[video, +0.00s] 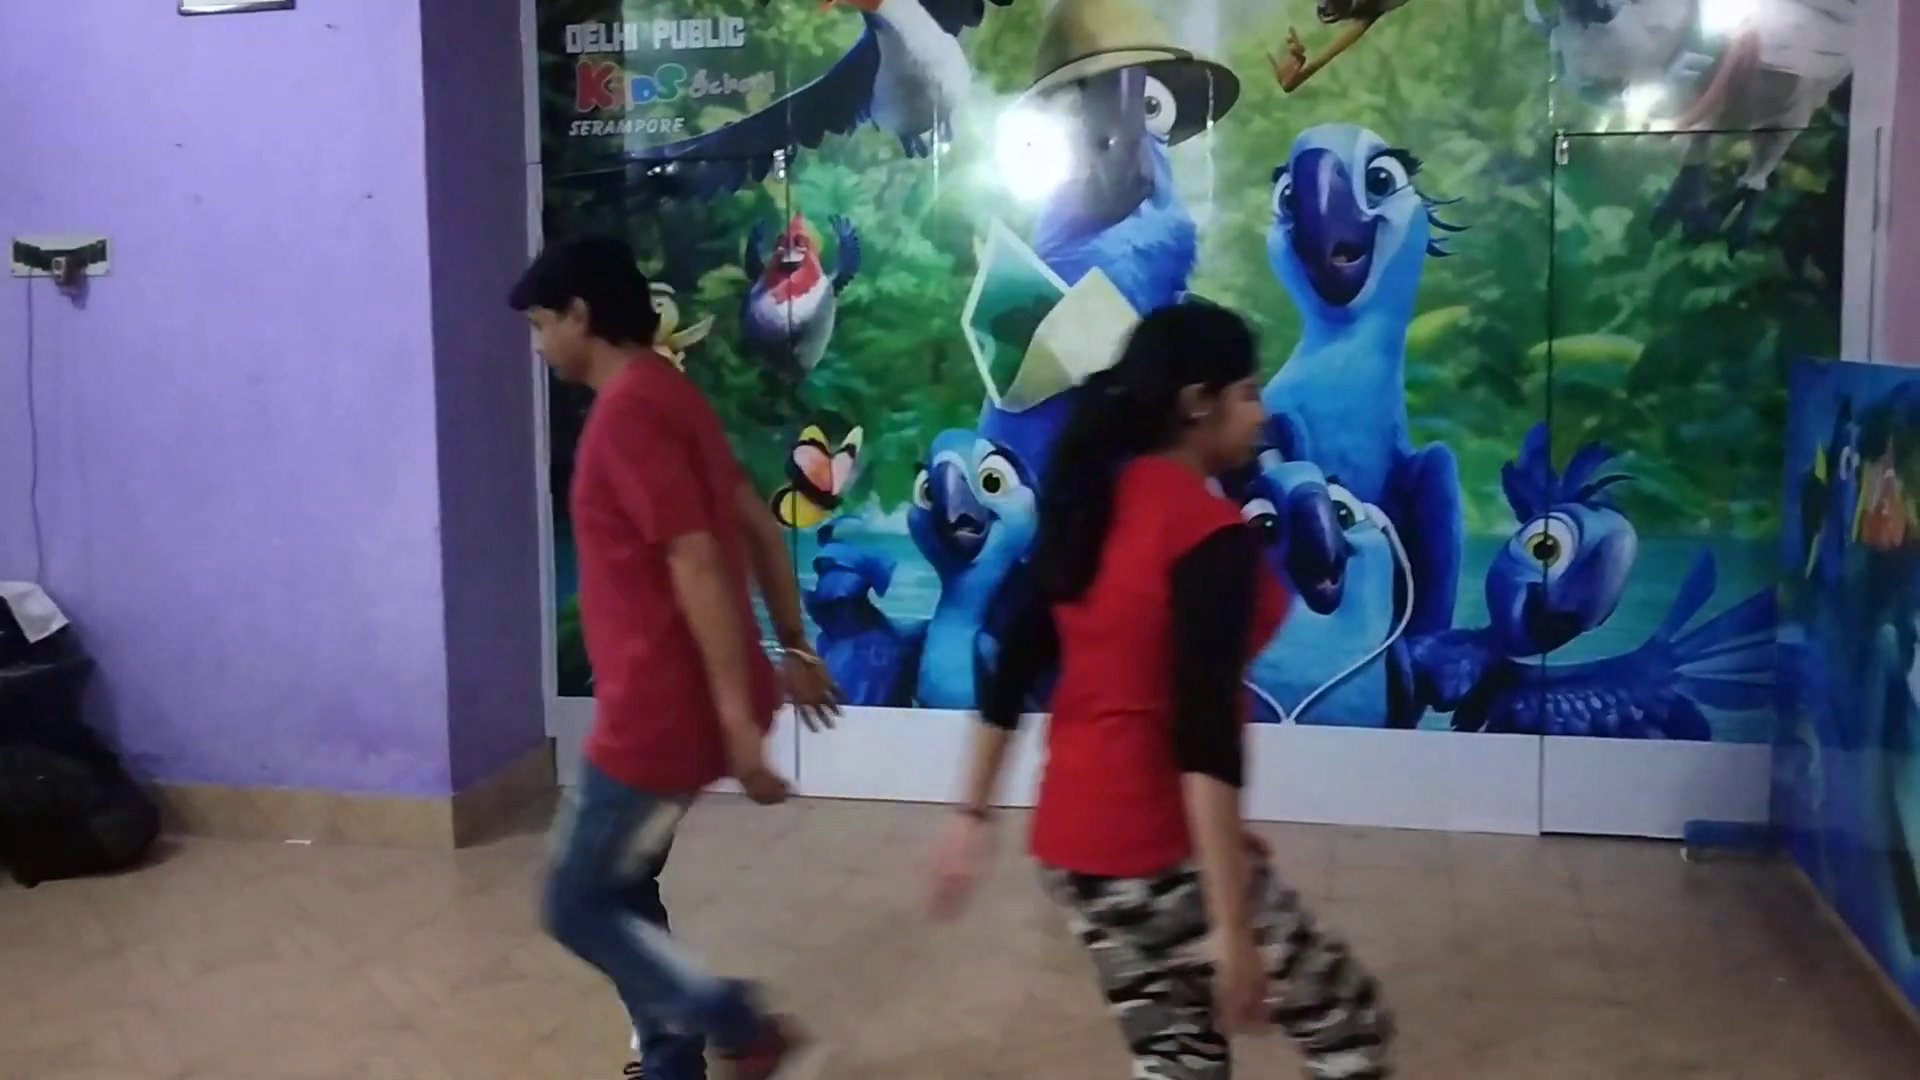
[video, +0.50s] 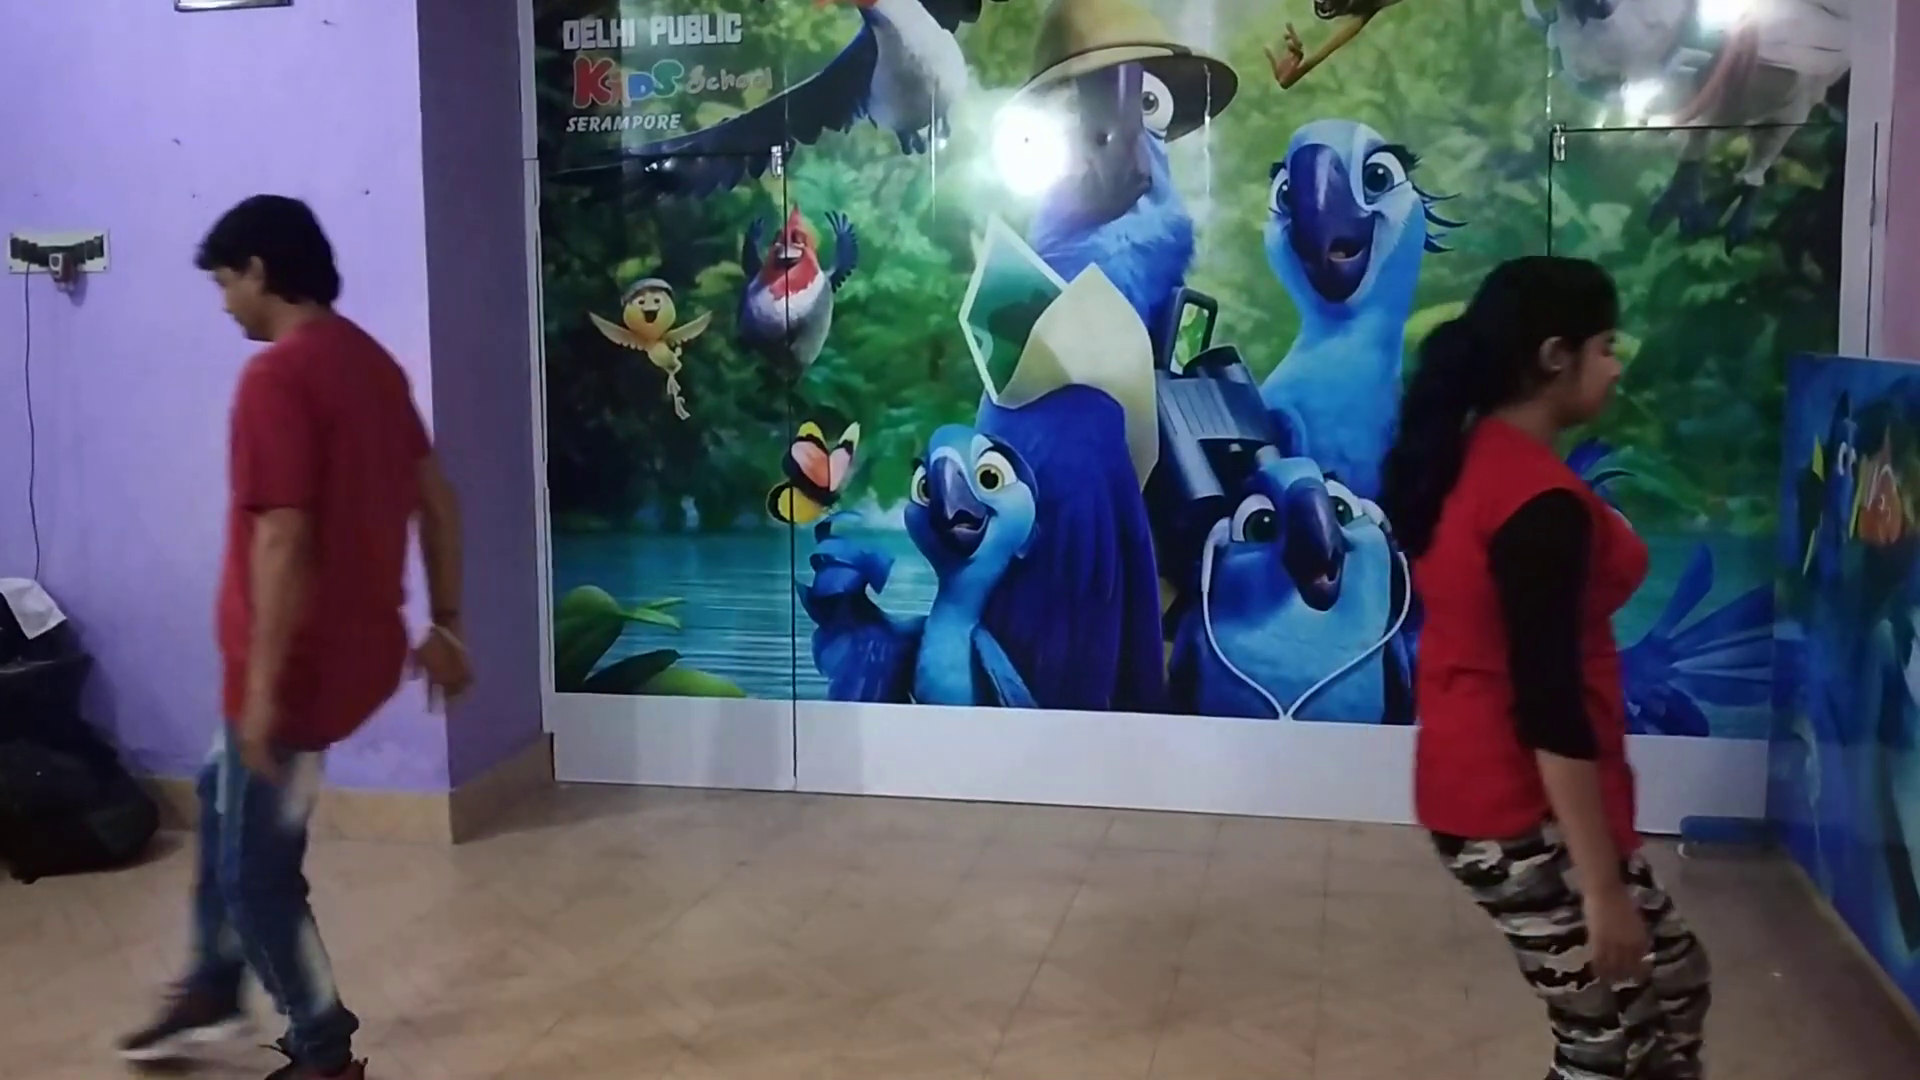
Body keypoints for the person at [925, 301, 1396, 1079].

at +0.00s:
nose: (1262, 414)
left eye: (1258, 393)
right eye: (1249, 393)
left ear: (1187, 402)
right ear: (1196, 403)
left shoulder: (1093, 498)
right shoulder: (1210, 532)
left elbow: (1015, 654)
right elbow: (1206, 742)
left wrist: (971, 813)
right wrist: (1235, 938)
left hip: (1075, 843)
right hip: (1161, 849)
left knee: (1180, 1058)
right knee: (1348, 1023)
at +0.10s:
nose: (1338, 403)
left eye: (1334, 382)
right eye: (1326, 382)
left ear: (1256, 393)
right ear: (1273, 393)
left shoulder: (1174, 493)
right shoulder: (1284, 522)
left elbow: (1121, 663)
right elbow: (1278, 728)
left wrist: (1101, 812)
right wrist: (1305, 921)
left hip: (1159, 842)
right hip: (1256, 846)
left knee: (1209, 1059)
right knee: (1424, 1034)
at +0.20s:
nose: (1415, 388)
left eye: (1412, 367)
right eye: (1404, 368)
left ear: (1337, 379)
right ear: (1350, 379)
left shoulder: (1259, 488)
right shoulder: (1364, 515)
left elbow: (1226, 667)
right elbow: (1358, 726)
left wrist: (1223, 819)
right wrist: (1386, 915)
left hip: (1267, 841)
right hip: (1363, 844)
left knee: (1312, 1048)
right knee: (1496, 1024)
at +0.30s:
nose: (1492, 377)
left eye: (1488, 357)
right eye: (1480, 358)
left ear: (1413, 371)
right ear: (1425, 370)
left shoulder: (1344, 475)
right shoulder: (1432, 510)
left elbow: (1324, 662)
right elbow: (1433, 725)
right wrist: (1469, 911)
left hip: (1346, 827)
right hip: (1423, 835)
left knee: (1467, 1026)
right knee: (1549, 1030)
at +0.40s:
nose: (1557, 375)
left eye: (1555, 356)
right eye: (1548, 356)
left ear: (1478, 364)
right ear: (1495, 364)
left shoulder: (1410, 468)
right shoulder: (1491, 509)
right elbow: (1499, 725)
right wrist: (1548, 908)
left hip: (1413, 810)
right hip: (1472, 823)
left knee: (1571, 994)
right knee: (1593, 1002)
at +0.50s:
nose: (1617, 369)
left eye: (1615, 350)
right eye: (1609, 349)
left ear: (1538, 357)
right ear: (1554, 357)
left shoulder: (1469, 460)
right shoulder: (1540, 500)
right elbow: (1552, 711)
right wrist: (1605, 890)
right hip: (1522, 819)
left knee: (1673, 979)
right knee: (1606, 1039)